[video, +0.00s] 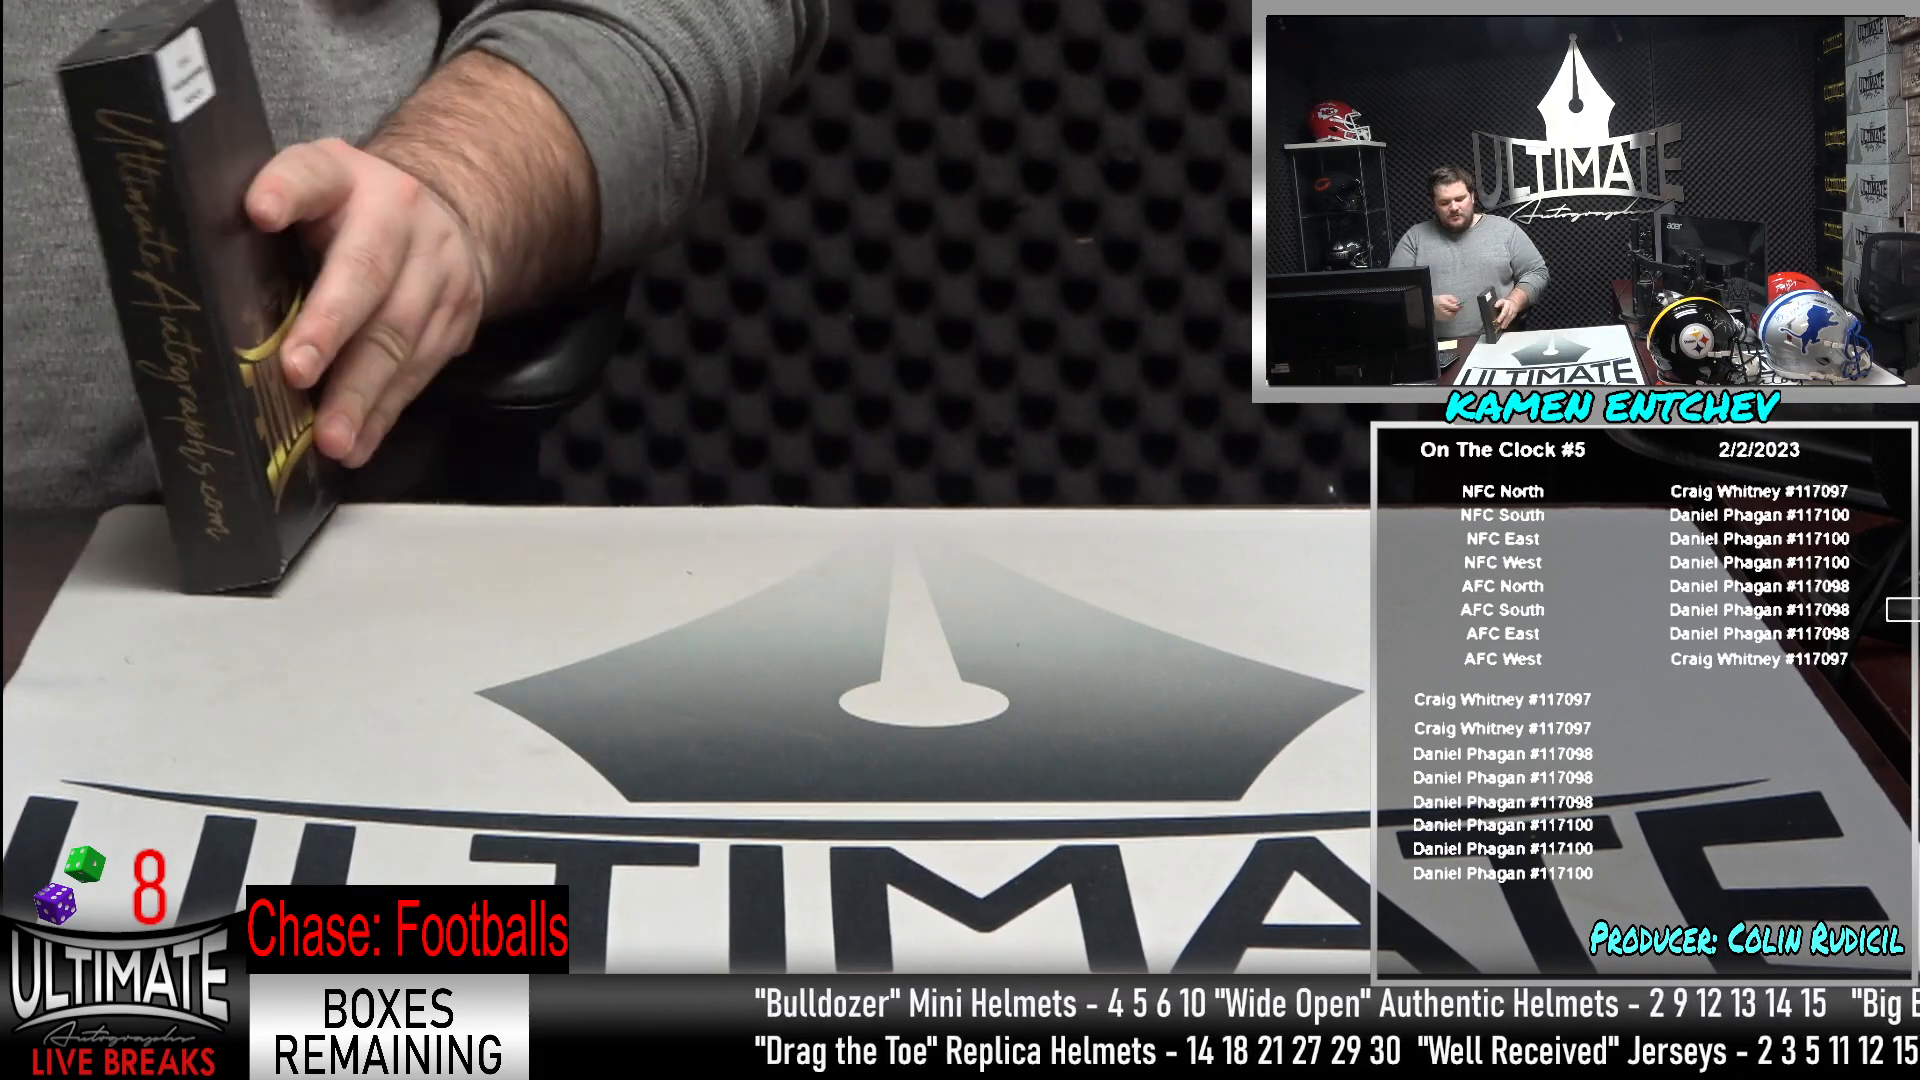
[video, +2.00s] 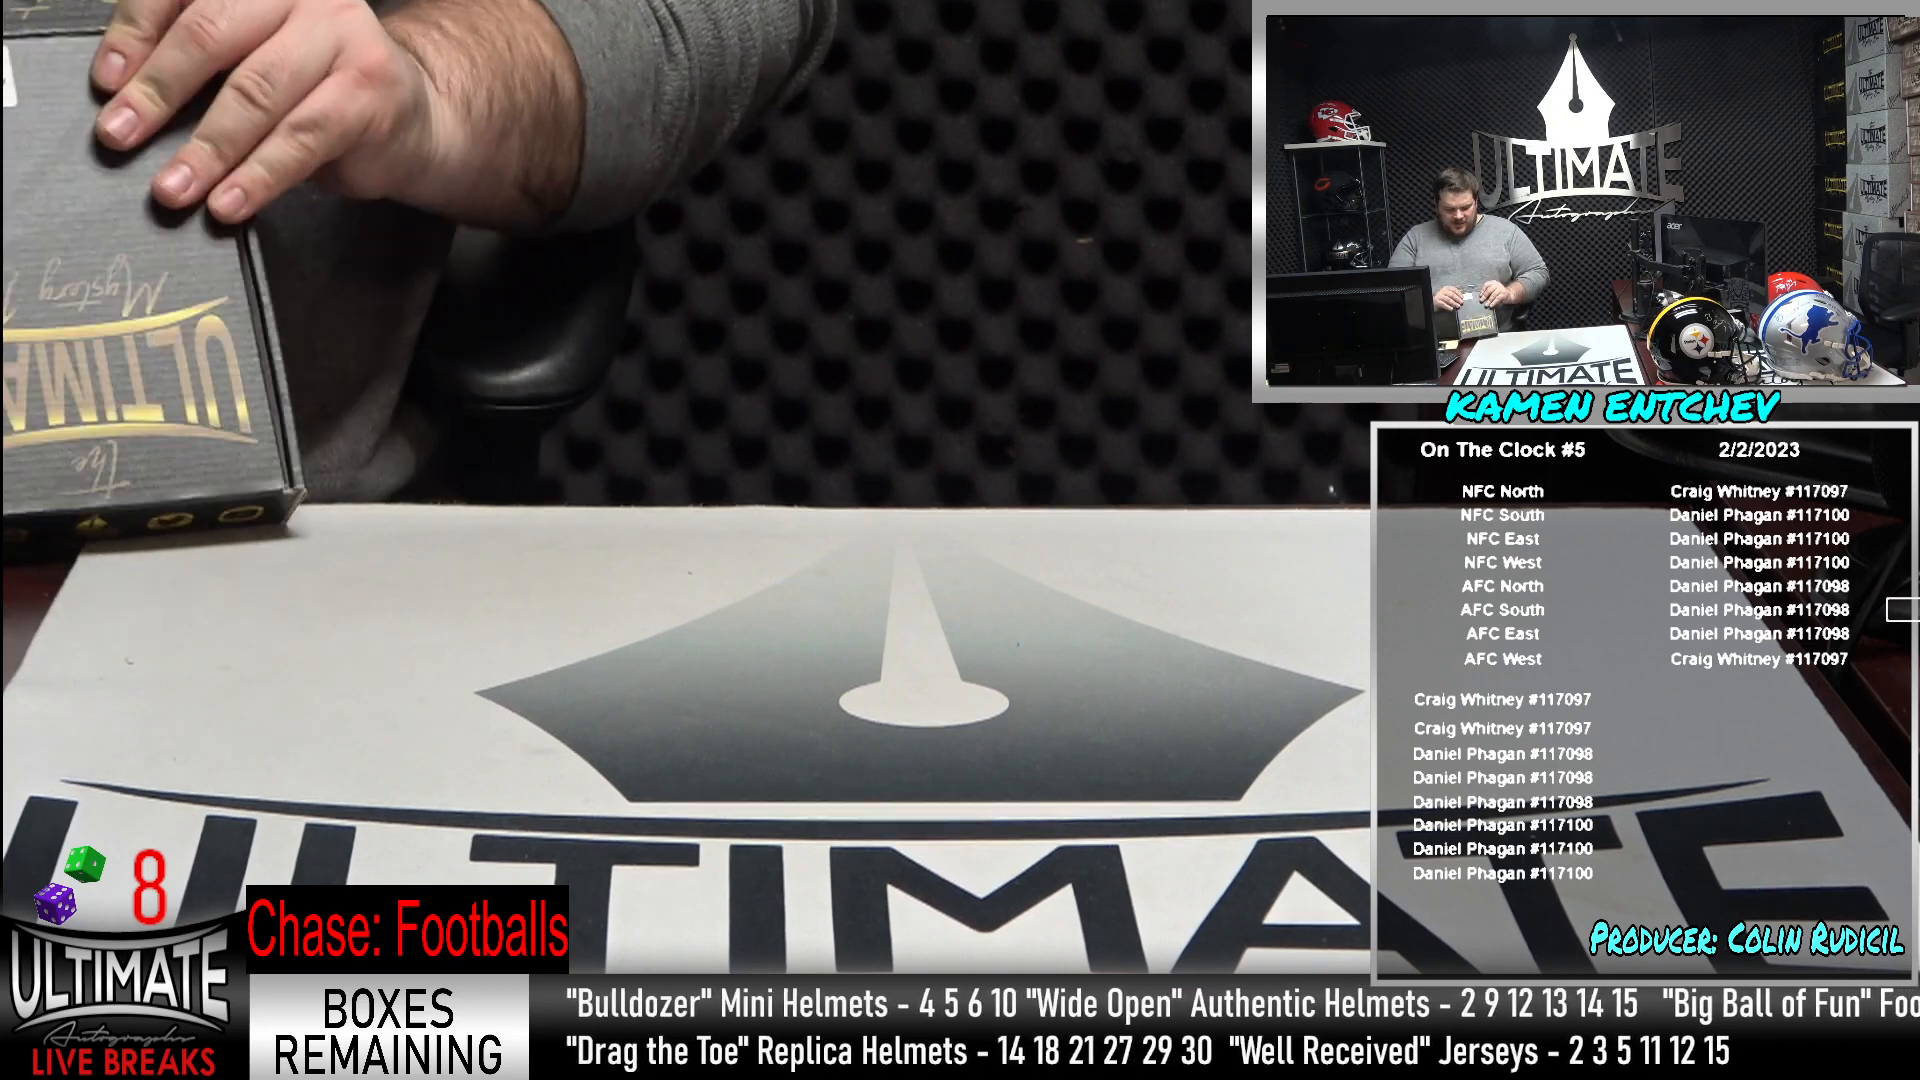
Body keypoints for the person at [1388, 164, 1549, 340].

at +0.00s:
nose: (1454, 208)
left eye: (1460, 199)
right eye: (1445, 202)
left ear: (1472, 197)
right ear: (1433, 204)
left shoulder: (1505, 231)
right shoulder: (1416, 238)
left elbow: (1536, 272)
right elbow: (1393, 290)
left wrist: (1515, 302)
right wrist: (1428, 304)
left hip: (1498, 347)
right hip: (1437, 352)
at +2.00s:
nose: (1459, 216)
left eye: (1465, 207)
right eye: (1450, 209)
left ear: (1476, 202)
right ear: (1436, 206)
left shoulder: (1505, 231)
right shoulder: (1416, 238)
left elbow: (1538, 272)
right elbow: (1391, 289)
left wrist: (1510, 293)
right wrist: (1429, 300)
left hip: (1500, 347)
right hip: (1436, 353)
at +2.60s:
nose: (1463, 218)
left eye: (1469, 209)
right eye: (1454, 210)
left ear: (1478, 203)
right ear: (1439, 206)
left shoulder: (1506, 232)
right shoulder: (1416, 238)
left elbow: (1540, 272)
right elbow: (1391, 288)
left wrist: (1520, 281)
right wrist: (1425, 304)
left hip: (1499, 347)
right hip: (1434, 352)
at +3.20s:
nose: (1466, 218)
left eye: (1473, 209)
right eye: (1458, 210)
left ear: (1480, 204)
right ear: (1441, 205)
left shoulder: (1504, 232)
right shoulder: (1417, 237)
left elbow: (1532, 270)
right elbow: (1396, 286)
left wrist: (1528, 287)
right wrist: (1440, 298)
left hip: (1497, 348)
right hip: (1436, 352)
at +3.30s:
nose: (1466, 218)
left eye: (1473, 210)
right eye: (1458, 210)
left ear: (1480, 204)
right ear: (1441, 205)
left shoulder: (1504, 232)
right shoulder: (1417, 237)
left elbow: (1532, 270)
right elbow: (1396, 285)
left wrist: (1528, 287)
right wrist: (1440, 298)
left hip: (1498, 349)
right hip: (1436, 353)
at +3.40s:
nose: (1470, 220)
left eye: (1476, 212)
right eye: (1461, 212)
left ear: (1483, 205)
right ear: (1444, 205)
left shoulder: (1505, 232)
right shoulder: (1417, 237)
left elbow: (1535, 272)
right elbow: (1394, 288)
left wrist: (1529, 286)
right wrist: (1431, 301)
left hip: (1498, 347)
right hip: (1435, 351)